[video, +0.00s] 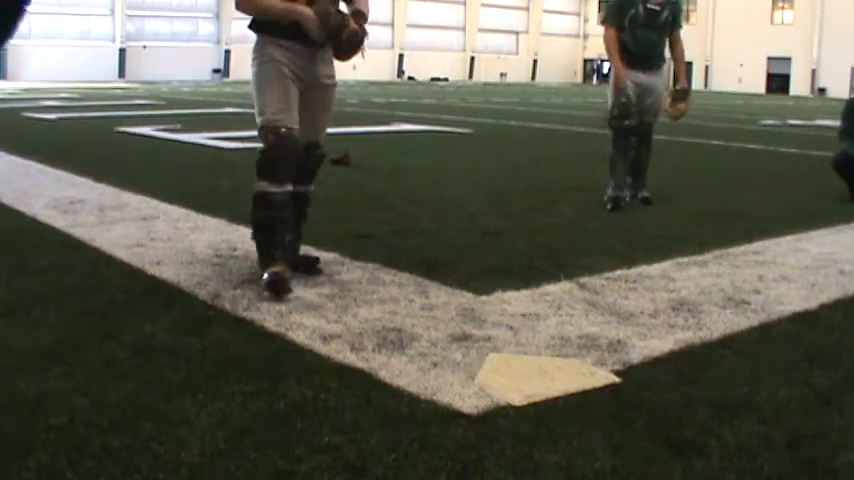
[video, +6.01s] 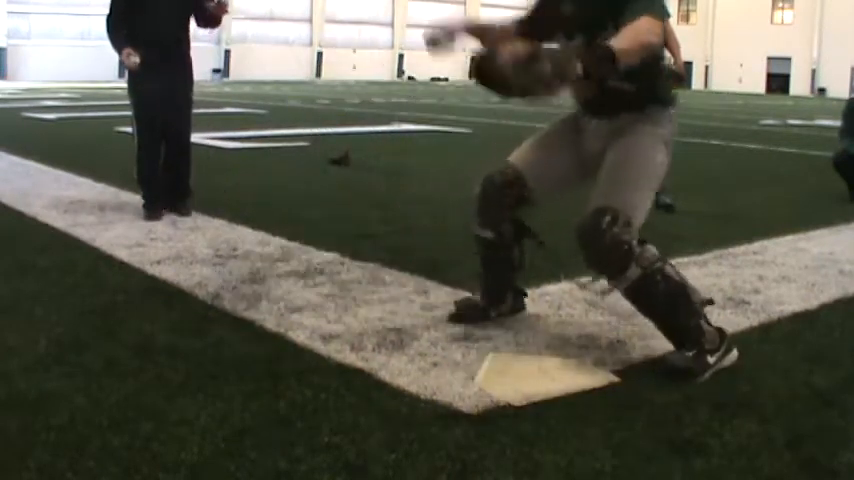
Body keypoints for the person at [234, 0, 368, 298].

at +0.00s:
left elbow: (359, 7)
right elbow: (244, 4)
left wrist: (355, 25)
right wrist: (299, 12)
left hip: (322, 53)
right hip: (276, 48)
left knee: (310, 153)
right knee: (280, 146)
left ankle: (290, 250)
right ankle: (272, 262)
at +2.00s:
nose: (408, 54)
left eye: (411, 45)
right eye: (395, 45)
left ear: (417, 47)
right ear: (369, 50)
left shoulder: (421, 100)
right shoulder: (334, 96)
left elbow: (470, 147)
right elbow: (299, 162)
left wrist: (426, 173)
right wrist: (369, 168)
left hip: (392, 198)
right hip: (339, 198)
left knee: (446, 193)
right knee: (322, 199)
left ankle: (411, 266)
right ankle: (286, 278)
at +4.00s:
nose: (400, 44)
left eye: (403, 35)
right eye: (388, 36)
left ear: (409, 37)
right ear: (362, 41)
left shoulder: (413, 92)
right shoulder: (325, 83)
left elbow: (456, 140)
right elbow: (280, 143)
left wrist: (456, 164)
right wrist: (348, 157)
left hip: (382, 166)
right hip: (322, 165)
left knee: (436, 181)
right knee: (305, 193)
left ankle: (430, 264)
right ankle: (254, 278)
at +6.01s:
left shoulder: (640, 3)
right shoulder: (561, 7)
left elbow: (649, 34)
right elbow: (520, 38)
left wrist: (599, 56)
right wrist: (471, 33)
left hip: (643, 124)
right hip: (588, 121)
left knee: (605, 236)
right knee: (498, 193)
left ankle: (703, 340)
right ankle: (500, 298)